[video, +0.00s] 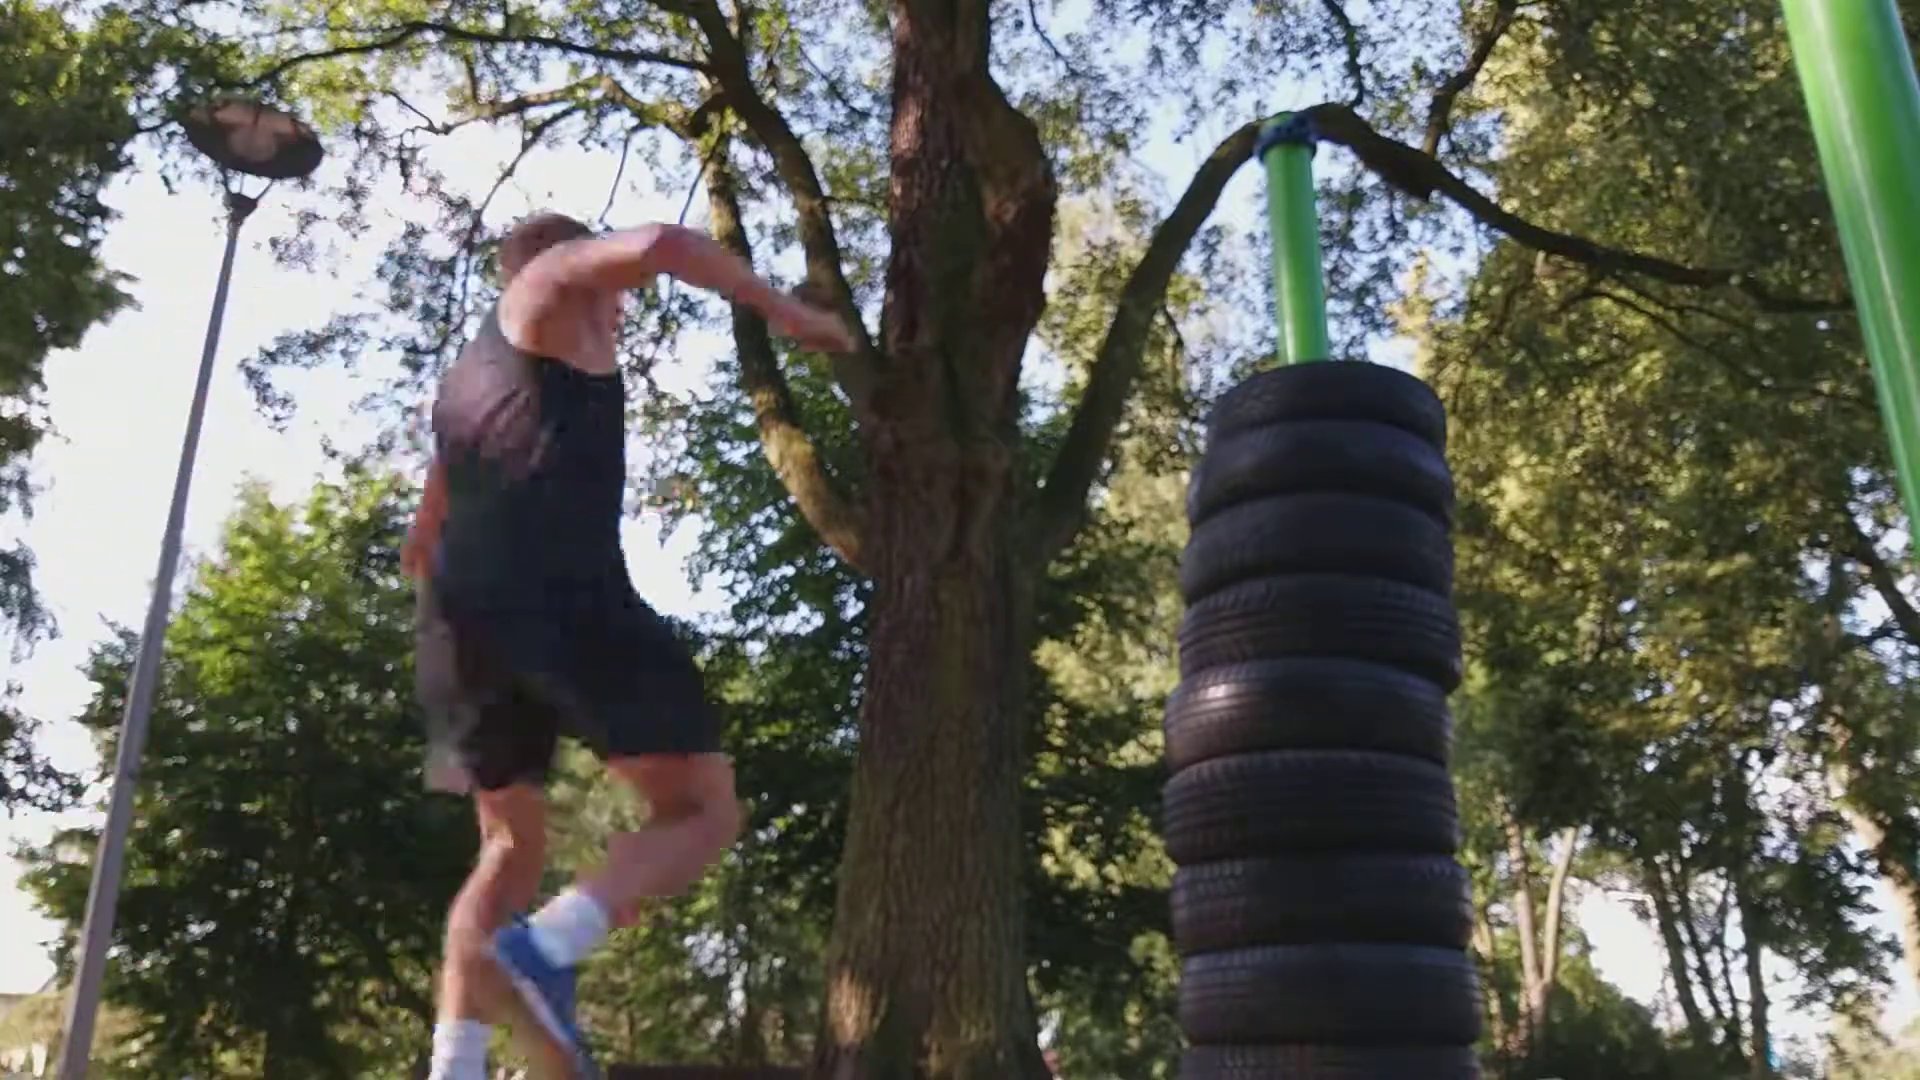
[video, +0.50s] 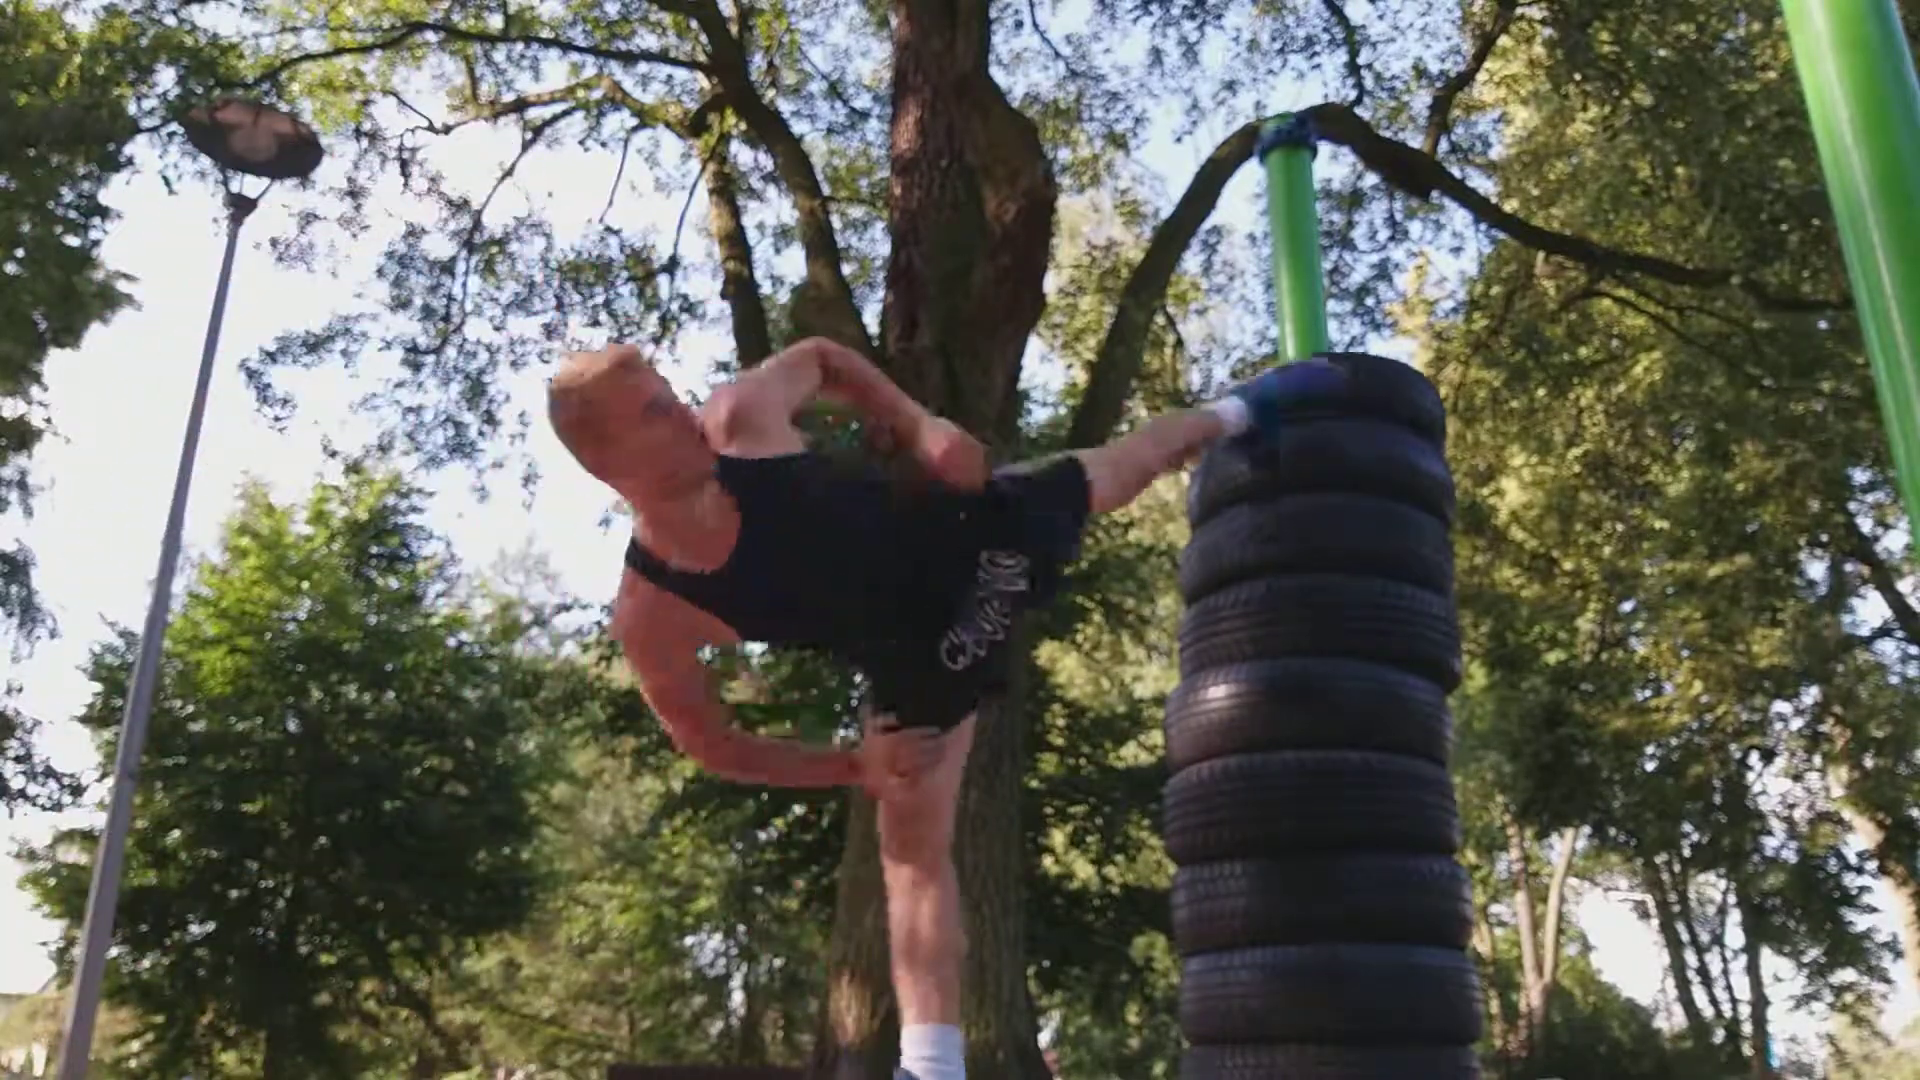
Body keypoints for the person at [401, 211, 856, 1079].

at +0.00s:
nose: (621, 315)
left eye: (620, 301)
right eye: (609, 296)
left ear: (507, 280)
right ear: (564, 270)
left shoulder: (461, 385)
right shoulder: (546, 278)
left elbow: (423, 542)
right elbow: (663, 243)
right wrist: (782, 304)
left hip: (465, 619)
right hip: (569, 602)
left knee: (509, 844)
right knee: (703, 813)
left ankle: (456, 1064)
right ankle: (550, 944)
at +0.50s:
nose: (685, 412)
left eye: (674, 394)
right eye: (655, 413)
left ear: (682, 399)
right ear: (609, 465)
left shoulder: (744, 418)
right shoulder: (651, 615)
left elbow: (821, 356)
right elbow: (713, 747)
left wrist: (919, 423)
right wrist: (844, 767)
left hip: (964, 536)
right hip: (911, 652)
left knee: (1124, 467)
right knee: (911, 840)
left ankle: (1238, 408)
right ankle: (931, 1064)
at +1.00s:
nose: (837, 59)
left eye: (859, 36)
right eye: (811, 40)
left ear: (891, 58)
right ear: (768, 71)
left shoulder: (959, 181)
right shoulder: (755, 238)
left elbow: (1033, 344)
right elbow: (709, 405)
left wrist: (851, 370)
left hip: (984, 493)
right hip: (855, 535)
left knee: (1017, 683)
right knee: (820, 834)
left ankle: (1078, 1039)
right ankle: (933, 1060)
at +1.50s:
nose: (800, 14)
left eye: (806, 12)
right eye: (797, 3)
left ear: (770, 14)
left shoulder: (750, 106)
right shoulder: (556, 27)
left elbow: (779, 305)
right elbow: (479, 55)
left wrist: (904, 293)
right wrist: (685, 11)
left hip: (739, 404)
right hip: (579, 386)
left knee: (865, 644)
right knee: (474, 594)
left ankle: (940, 1029)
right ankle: (373, 1021)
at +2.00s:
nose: (620, 99)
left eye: (622, 83)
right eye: (610, 73)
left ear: (553, 70)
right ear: (549, 58)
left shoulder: (517, 243)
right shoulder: (402, 84)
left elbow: (495, 398)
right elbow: (227, 135)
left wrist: (602, 362)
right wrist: (401, 202)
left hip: (410, 477)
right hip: (311, 422)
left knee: (363, 755)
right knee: (272, 648)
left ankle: (239, 1029)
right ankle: (190, 1008)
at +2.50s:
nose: (525, 143)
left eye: (531, 127)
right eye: (520, 117)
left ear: (463, 104)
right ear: (455, 88)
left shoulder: (432, 229)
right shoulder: (328, 114)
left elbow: (364, 390)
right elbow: (243, 227)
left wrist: (467, 395)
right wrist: (423, 273)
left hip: (365, 508)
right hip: (261, 483)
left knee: (424, 741)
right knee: (142, 703)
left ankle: (343, 1011)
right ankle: (3, 934)